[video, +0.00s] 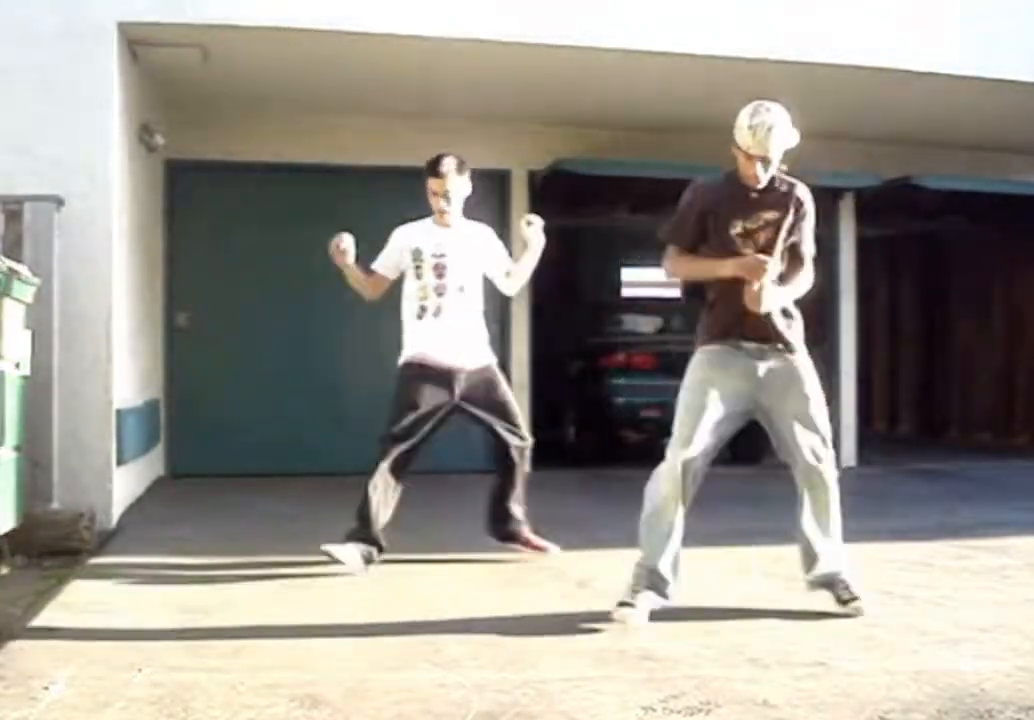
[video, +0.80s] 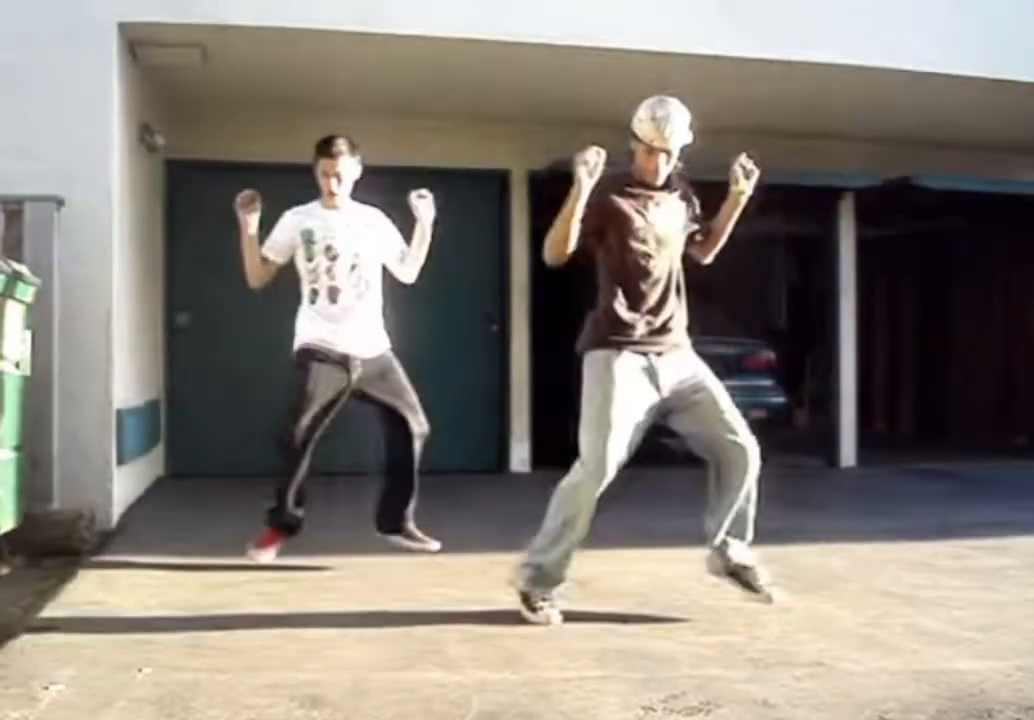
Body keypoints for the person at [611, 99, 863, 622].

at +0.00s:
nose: (759, 170)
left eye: (769, 160)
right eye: (751, 158)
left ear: (784, 153)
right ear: (735, 147)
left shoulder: (797, 199)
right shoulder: (704, 195)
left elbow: (804, 272)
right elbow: (674, 265)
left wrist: (775, 294)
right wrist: (733, 267)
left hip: (784, 355)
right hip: (720, 352)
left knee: (817, 462)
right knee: (682, 460)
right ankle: (650, 583)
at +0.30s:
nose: (762, 173)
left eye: (772, 164)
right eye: (754, 161)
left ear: (786, 158)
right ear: (739, 150)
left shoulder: (797, 200)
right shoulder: (702, 191)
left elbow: (820, 267)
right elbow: (654, 243)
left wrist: (814, 279)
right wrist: (713, 246)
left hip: (775, 351)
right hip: (715, 345)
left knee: (812, 461)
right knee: (710, 446)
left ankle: (845, 572)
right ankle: (677, 582)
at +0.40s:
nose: (730, 165)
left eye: (741, 157)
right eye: (724, 153)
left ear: (755, 153)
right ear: (708, 141)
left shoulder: (760, 190)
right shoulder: (673, 185)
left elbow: (791, 222)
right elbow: (628, 239)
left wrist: (771, 276)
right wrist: (642, 252)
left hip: (738, 336)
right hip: (683, 336)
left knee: (755, 463)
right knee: (713, 449)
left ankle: (702, 554)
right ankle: (755, 576)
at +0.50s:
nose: (707, 183)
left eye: (718, 173)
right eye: (699, 169)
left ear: (732, 170)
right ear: (684, 161)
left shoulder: (737, 210)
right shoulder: (653, 207)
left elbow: (756, 244)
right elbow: (581, 233)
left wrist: (733, 280)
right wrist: (604, 280)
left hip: (720, 358)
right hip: (666, 359)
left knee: (697, 474)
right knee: (700, 471)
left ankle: (639, 564)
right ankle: (774, 576)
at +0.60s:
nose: (686, 175)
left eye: (696, 165)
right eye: (678, 163)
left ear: (706, 163)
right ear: (661, 155)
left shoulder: (710, 203)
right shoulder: (628, 201)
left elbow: (707, 262)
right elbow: (558, 231)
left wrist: (739, 247)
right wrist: (609, 237)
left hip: (706, 357)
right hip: (652, 357)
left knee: (696, 480)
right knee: (663, 473)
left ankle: (640, 560)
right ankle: (708, 585)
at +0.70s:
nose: (667, 158)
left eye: (678, 148)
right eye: (660, 146)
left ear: (689, 148)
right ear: (643, 139)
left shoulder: (690, 192)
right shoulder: (615, 188)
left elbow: (692, 261)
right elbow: (558, 247)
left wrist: (735, 206)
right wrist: (595, 196)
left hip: (686, 345)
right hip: (630, 344)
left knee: (729, 460)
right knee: (625, 459)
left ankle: (687, 557)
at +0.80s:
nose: (657, 162)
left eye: (667, 153)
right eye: (650, 150)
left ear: (679, 153)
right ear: (634, 144)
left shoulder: (680, 199)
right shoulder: (606, 198)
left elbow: (703, 251)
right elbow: (555, 254)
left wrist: (737, 197)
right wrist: (581, 188)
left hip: (675, 351)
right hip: (617, 354)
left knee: (738, 450)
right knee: (598, 466)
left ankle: (730, 551)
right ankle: (538, 581)